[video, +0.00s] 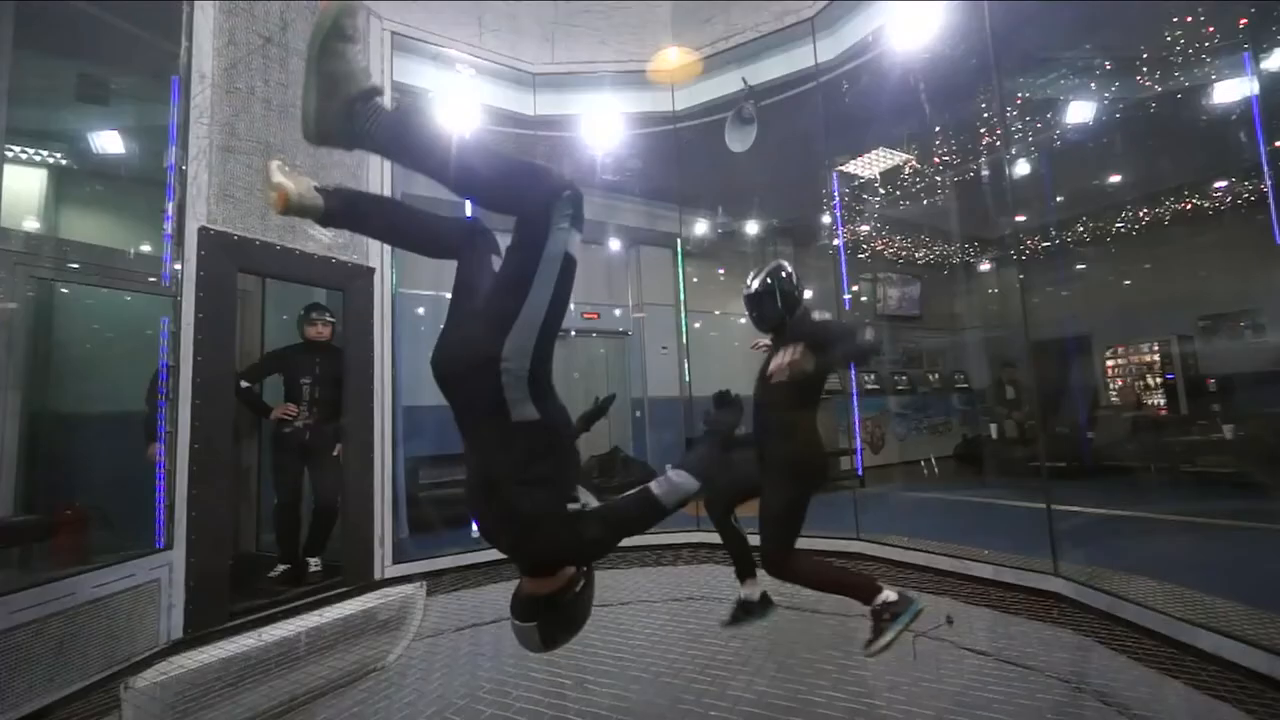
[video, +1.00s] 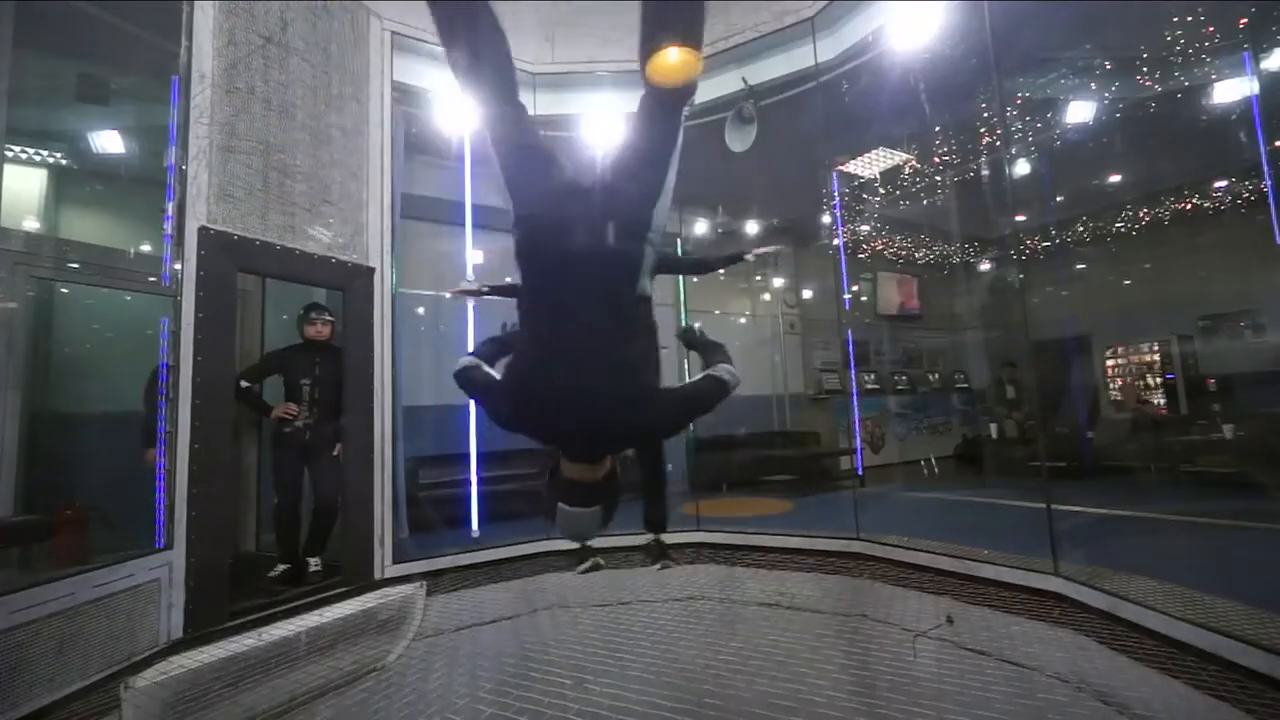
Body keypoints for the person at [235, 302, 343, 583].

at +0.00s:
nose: (320, 328)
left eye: (325, 323)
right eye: (314, 323)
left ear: (333, 328)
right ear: (302, 327)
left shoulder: (341, 359)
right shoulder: (287, 356)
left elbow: (352, 400)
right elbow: (243, 383)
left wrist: (344, 438)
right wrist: (268, 411)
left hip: (325, 439)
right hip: (289, 438)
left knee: (329, 501)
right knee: (287, 500)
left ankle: (313, 556)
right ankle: (286, 561)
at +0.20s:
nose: (320, 328)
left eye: (325, 323)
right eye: (314, 323)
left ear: (333, 328)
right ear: (302, 327)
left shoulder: (342, 359)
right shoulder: (287, 356)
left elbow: (352, 400)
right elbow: (242, 383)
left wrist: (344, 438)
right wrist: (268, 411)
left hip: (325, 439)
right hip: (289, 438)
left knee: (329, 501)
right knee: (287, 499)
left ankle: (313, 555)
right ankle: (287, 560)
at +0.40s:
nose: (320, 328)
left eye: (325, 323)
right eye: (314, 323)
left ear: (333, 327)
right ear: (302, 326)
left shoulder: (342, 359)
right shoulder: (287, 356)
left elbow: (353, 400)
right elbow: (242, 383)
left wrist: (345, 438)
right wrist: (269, 411)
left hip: (325, 439)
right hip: (289, 439)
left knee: (329, 501)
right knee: (287, 500)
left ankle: (313, 556)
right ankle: (286, 561)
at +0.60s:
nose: (320, 327)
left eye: (325, 323)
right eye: (314, 322)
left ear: (333, 327)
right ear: (302, 326)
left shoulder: (342, 358)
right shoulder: (286, 356)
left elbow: (353, 400)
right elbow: (242, 384)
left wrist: (345, 438)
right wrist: (269, 411)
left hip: (325, 439)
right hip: (289, 438)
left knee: (329, 500)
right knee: (287, 499)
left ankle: (313, 556)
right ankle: (287, 560)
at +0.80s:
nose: (320, 328)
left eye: (325, 323)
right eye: (313, 323)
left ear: (333, 327)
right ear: (302, 327)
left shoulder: (341, 359)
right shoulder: (287, 356)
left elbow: (352, 400)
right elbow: (243, 384)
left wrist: (344, 438)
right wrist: (269, 410)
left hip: (325, 439)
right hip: (289, 438)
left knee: (329, 500)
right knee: (287, 499)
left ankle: (313, 555)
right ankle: (287, 560)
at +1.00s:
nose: (319, 328)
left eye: (325, 323)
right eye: (313, 322)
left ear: (333, 327)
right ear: (302, 327)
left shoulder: (341, 359)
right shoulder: (286, 356)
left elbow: (352, 400)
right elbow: (242, 384)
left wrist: (344, 438)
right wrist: (269, 410)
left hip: (325, 439)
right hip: (289, 439)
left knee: (329, 501)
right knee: (287, 500)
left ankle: (313, 555)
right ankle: (286, 561)